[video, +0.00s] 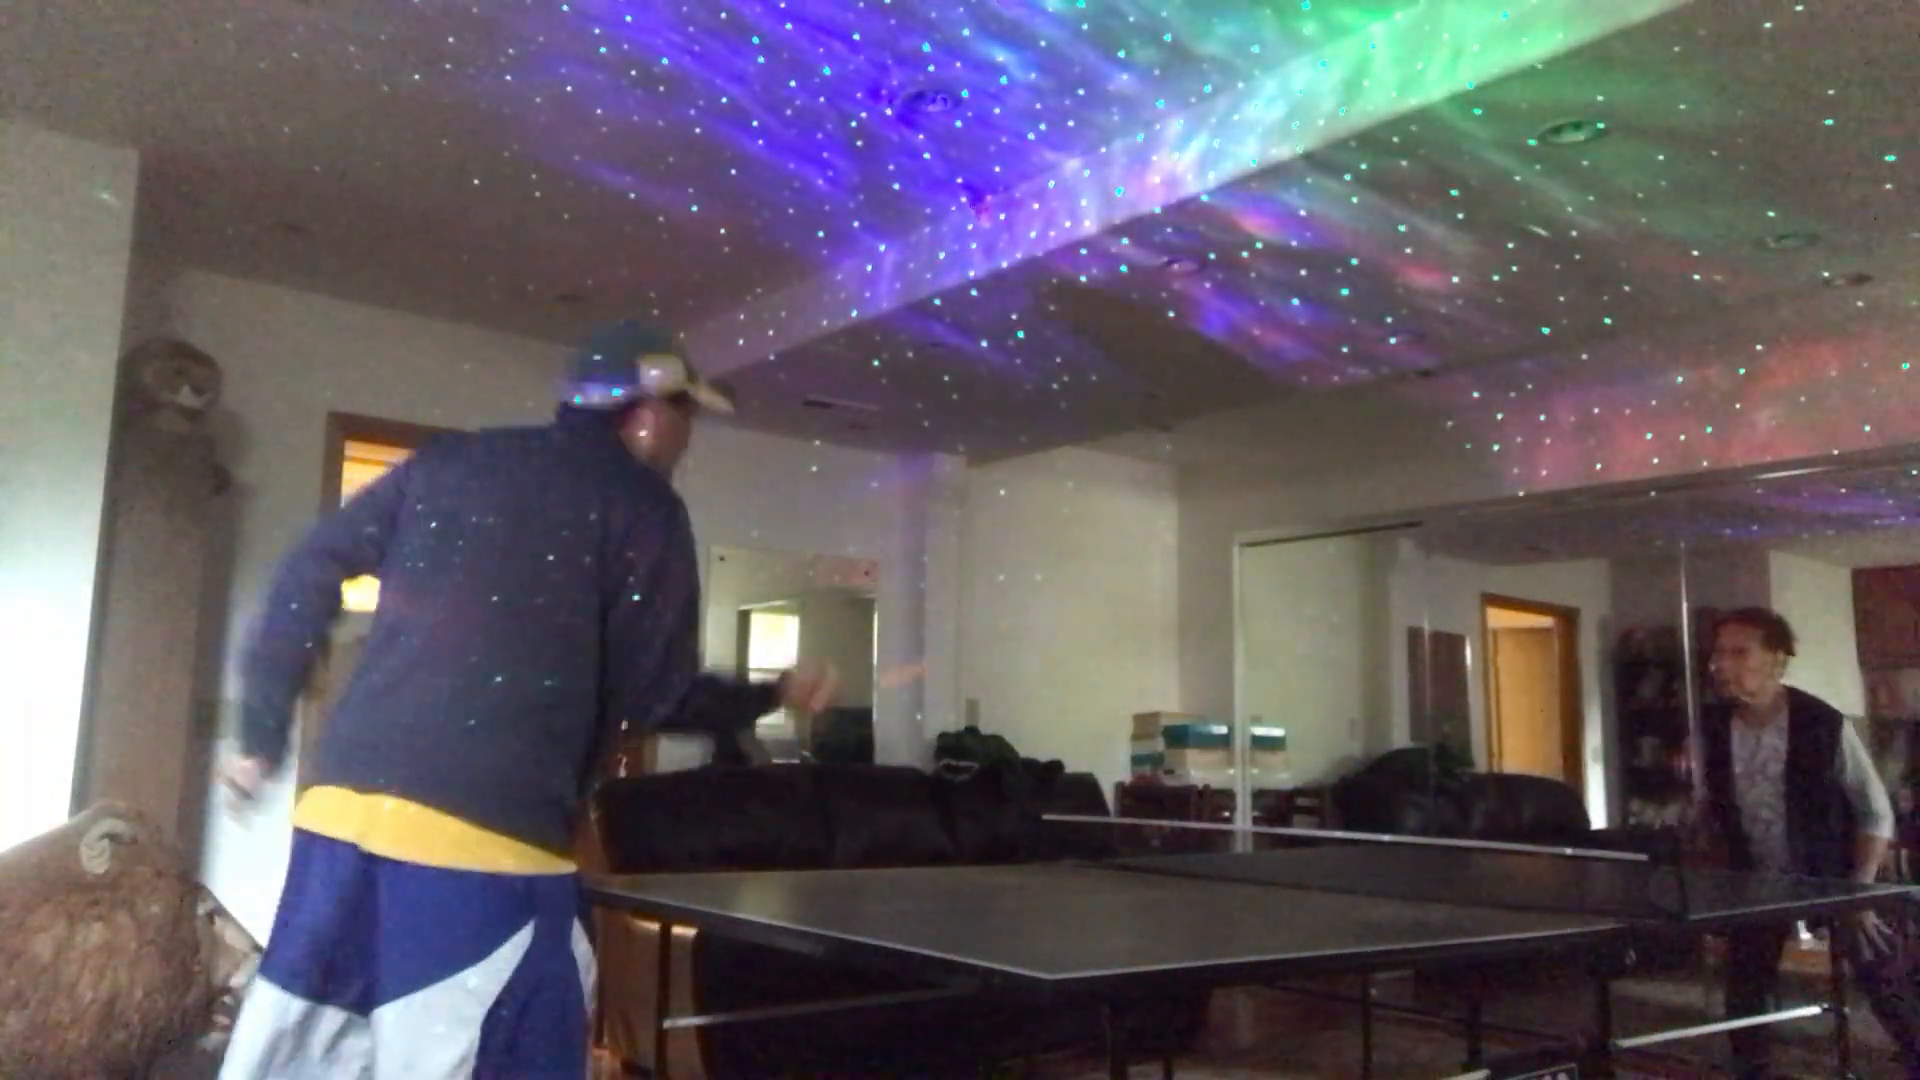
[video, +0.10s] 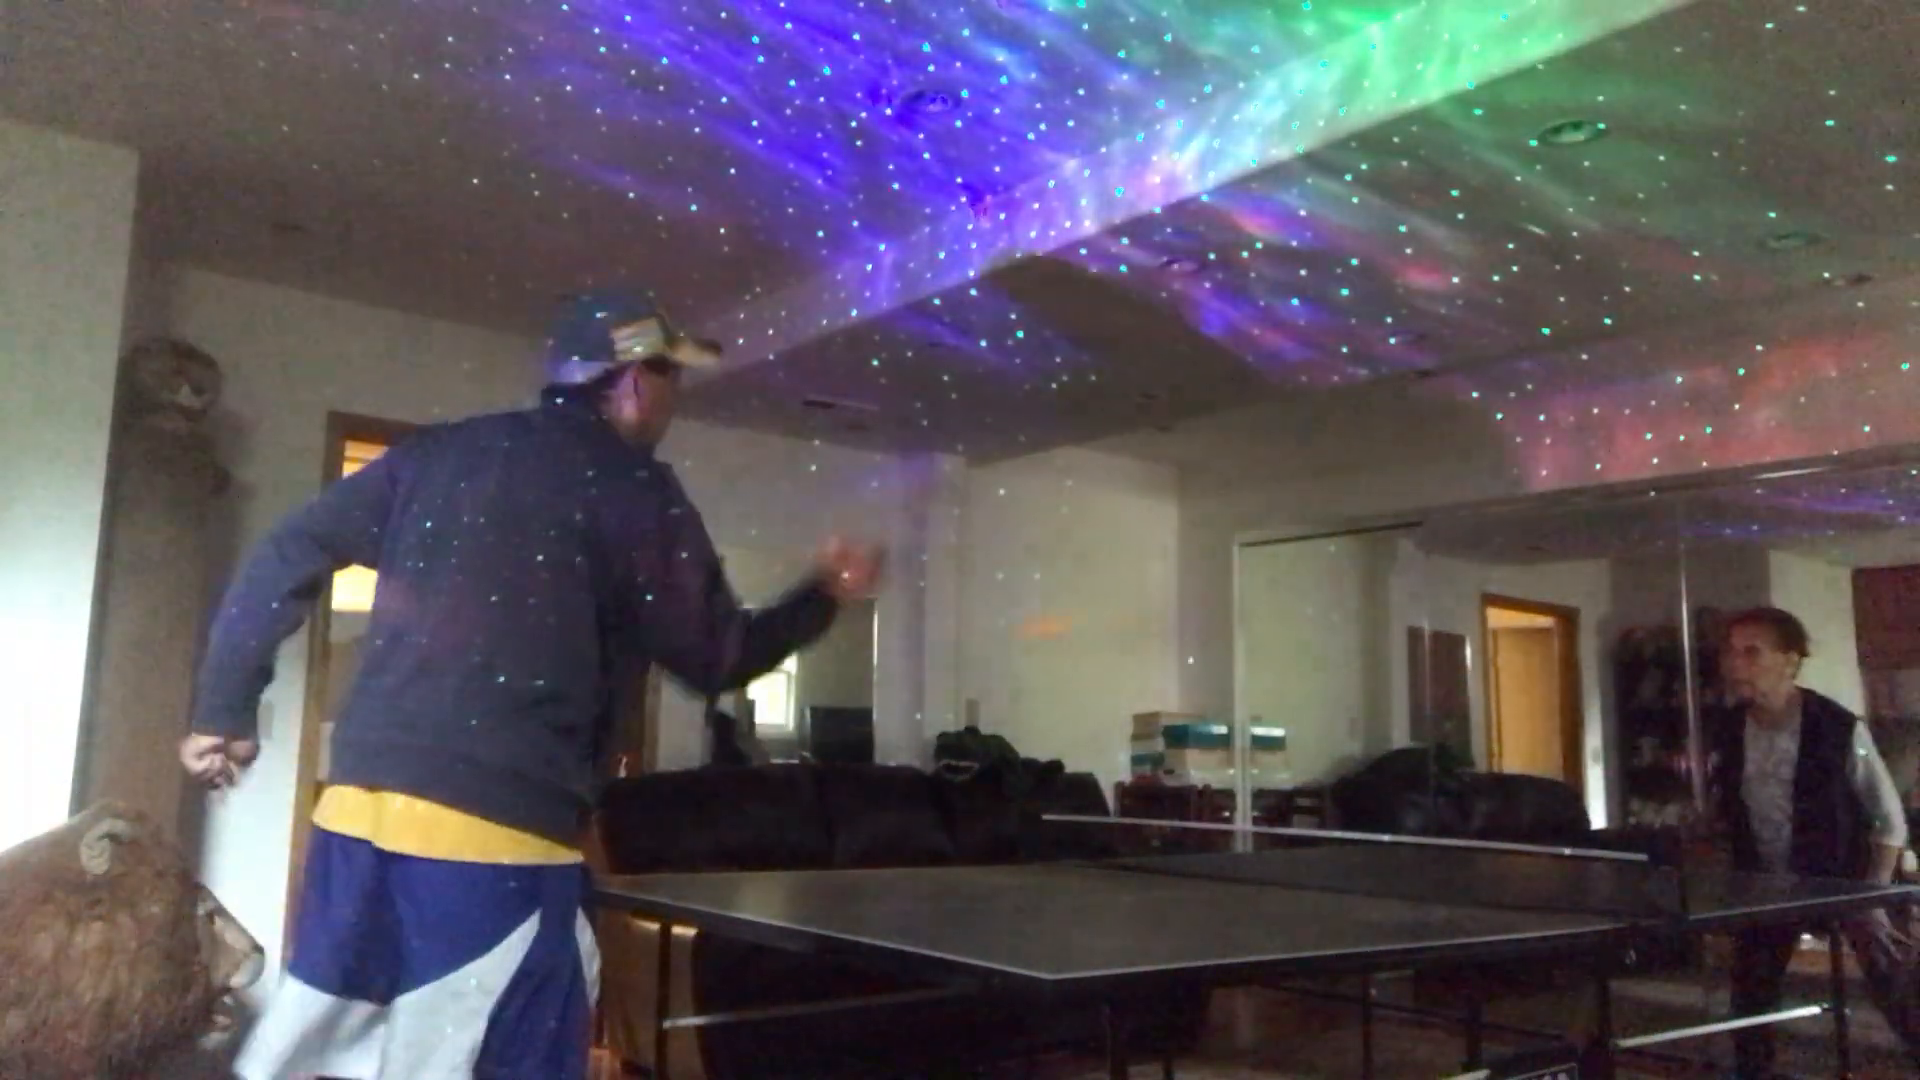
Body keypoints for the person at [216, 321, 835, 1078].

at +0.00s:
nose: (687, 437)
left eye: (690, 416)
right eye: (682, 413)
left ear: (577, 400)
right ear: (642, 410)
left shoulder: (450, 458)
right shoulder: (641, 502)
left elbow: (312, 562)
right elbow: (653, 693)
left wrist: (256, 730)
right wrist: (773, 696)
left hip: (340, 804)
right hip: (488, 830)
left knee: (292, 1051)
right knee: (492, 1059)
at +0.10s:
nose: (671, 403)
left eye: (672, 384)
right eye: (666, 383)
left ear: (562, 377)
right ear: (627, 383)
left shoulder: (440, 450)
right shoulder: (637, 490)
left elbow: (290, 548)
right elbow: (718, 656)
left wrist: (220, 709)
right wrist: (825, 595)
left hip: (355, 811)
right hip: (501, 836)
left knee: (308, 1043)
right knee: (510, 1057)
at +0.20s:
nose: (664, 381)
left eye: (661, 361)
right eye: (653, 362)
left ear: (555, 369)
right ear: (609, 370)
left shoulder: (437, 455)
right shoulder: (632, 487)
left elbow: (299, 577)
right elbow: (740, 621)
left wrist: (228, 738)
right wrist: (835, 517)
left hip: (364, 824)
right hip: (508, 842)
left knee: (336, 1058)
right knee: (509, 1058)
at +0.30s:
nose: (654, 380)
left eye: (649, 358)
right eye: (643, 357)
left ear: (545, 368)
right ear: (597, 366)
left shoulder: (429, 459)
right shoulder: (615, 480)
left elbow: (323, 613)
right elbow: (732, 616)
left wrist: (286, 787)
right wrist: (825, 505)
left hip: (368, 831)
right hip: (504, 847)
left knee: (368, 1066)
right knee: (516, 1064)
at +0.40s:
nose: (641, 373)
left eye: (638, 352)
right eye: (628, 350)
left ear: (535, 362)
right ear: (582, 361)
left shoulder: (418, 465)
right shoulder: (590, 471)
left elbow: (339, 634)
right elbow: (680, 641)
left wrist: (361, 781)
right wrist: (797, 552)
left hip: (368, 826)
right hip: (504, 839)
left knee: (376, 1066)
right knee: (522, 1063)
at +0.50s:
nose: (633, 374)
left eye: (631, 352)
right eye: (620, 350)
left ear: (537, 362)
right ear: (567, 358)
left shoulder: (414, 465)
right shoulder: (565, 462)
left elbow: (354, 649)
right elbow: (606, 653)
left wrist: (419, 746)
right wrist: (752, 626)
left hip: (370, 828)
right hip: (497, 842)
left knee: (374, 1067)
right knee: (521, 1063)